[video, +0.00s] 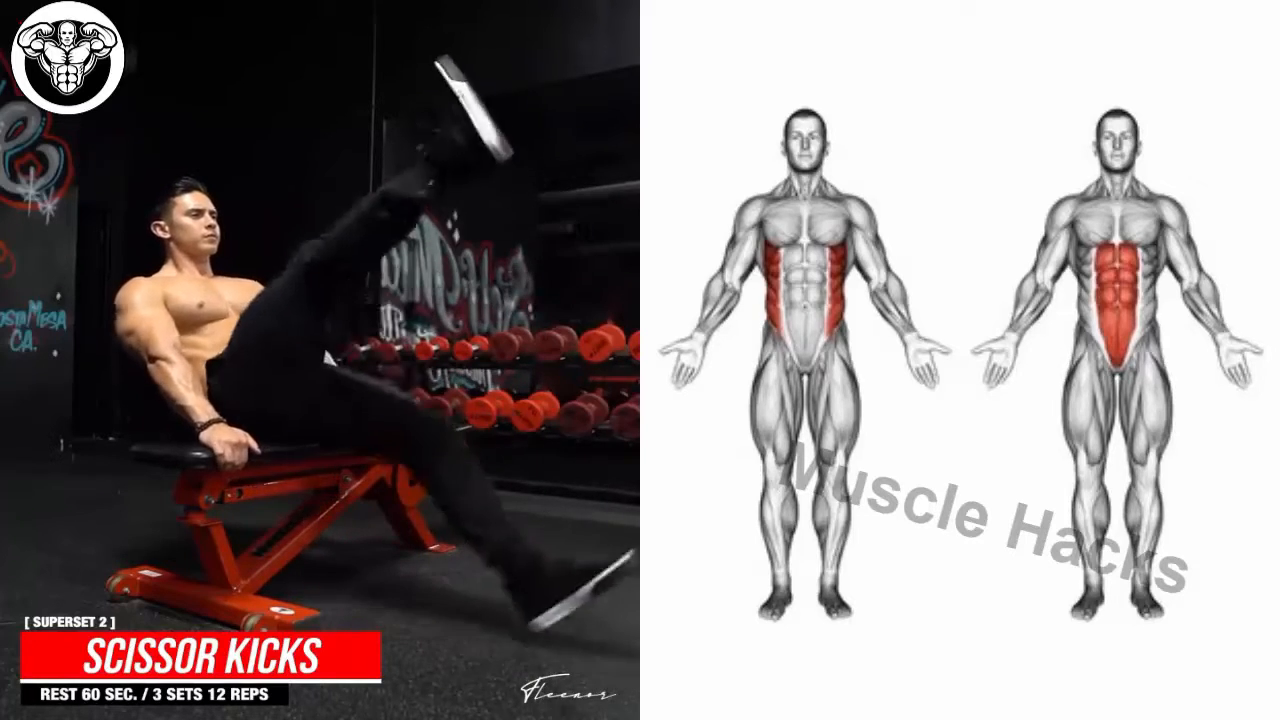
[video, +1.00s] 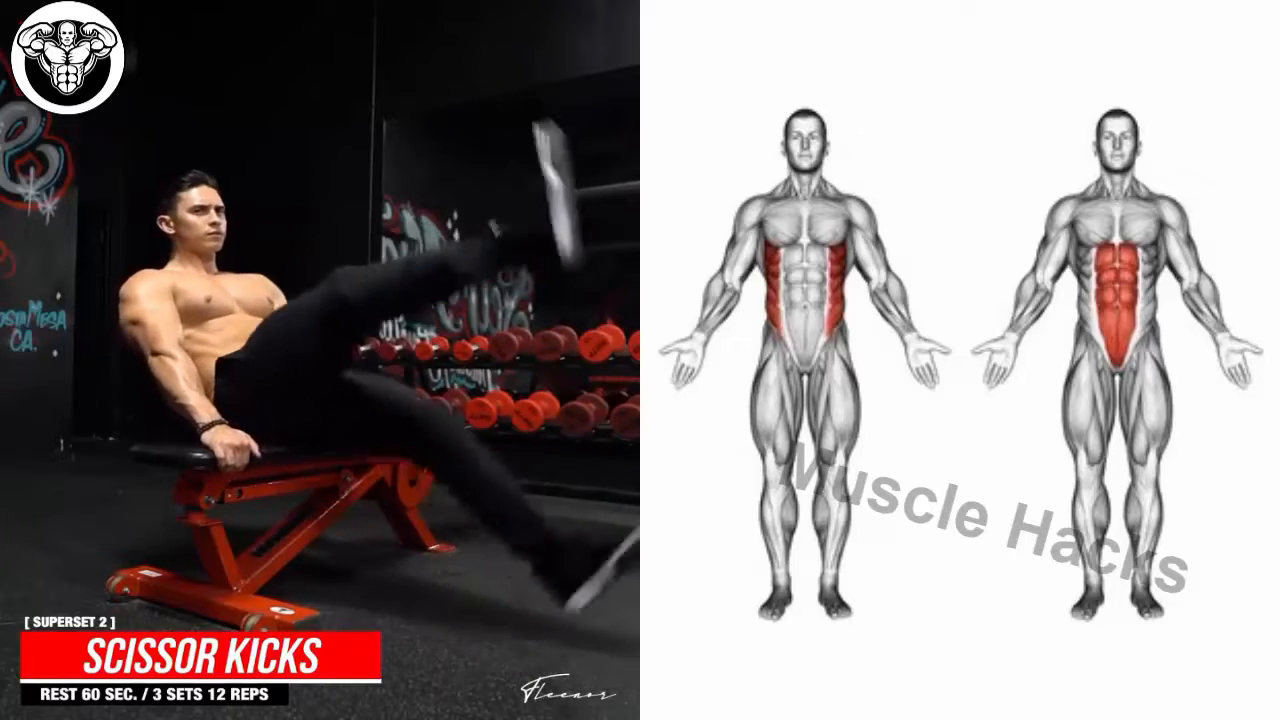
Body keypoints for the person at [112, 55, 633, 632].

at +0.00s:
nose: (209, 219)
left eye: (210, 211)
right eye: (194, 212)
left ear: (212, 227)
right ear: (162, 228)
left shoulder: (249, 289)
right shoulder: (141, 291)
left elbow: (303, 321)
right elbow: (166, 361)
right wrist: (208, 425)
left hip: (303, 395)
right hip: (243, 386)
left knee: (430, 433)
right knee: (314, 265)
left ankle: (531, 581)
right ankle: (444, 162)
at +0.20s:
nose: (211, 226)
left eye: (214, 218)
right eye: (196, 217)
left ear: (217, 230)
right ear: (163, 230)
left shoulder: (249, 293)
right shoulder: (141, 295)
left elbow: (305, 352)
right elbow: (165, 361)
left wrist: (359, 421)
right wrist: (209, 424)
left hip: (309, 399)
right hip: (248, 402)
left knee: (431, 390)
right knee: (338, 292)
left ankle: (556, 497)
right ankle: (498, 256)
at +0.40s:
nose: (214, 226)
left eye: (216, 218)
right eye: (198, 217)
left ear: (218, 230)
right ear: (166, 230)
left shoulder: (251, 293)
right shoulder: (144, 292)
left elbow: (313, 353)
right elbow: (167, 360)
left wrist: (368, 411)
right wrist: (210, 425)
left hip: (300, 376)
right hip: (242, 392)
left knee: (410, 317)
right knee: (380, 377)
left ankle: (562, 295)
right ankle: (553, 471)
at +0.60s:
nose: (222, 224)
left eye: (226, 215)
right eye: (208, 214)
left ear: (230, 226)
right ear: (175, 223)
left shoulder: (254, 289)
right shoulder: (148, 284)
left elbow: (314, 352)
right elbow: (162, 355)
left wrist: (363, 404)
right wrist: (208, 422)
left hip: (303, 375)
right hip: (250, 389)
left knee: (380, 288)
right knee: (382, 428)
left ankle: (521, 209)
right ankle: (512, 579)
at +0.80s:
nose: (215, 223)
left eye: (219, 214)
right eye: (201, 214)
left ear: (223, 225)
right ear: (169, 225)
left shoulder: (253, 289)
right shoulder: (145, 287)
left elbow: (315, 353)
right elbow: (166, 358)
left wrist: (365, 408)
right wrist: (210, 422)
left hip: (299, 383)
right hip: (243, 397)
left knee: (416, 324)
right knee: (372, 357)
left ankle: (561, 363)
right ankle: (537, 441)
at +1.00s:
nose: (215, 221)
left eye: (218, 211)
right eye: (200, 212)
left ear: (223, 220)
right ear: (168, 223)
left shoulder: (258, 284)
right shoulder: (147, 286)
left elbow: (310, 341)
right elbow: (166, 357)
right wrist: (211, 423)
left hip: (311, 397)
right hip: (248, 396)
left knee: (435, 425)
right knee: (341, 293)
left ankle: (560, 562)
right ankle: (516, 247)